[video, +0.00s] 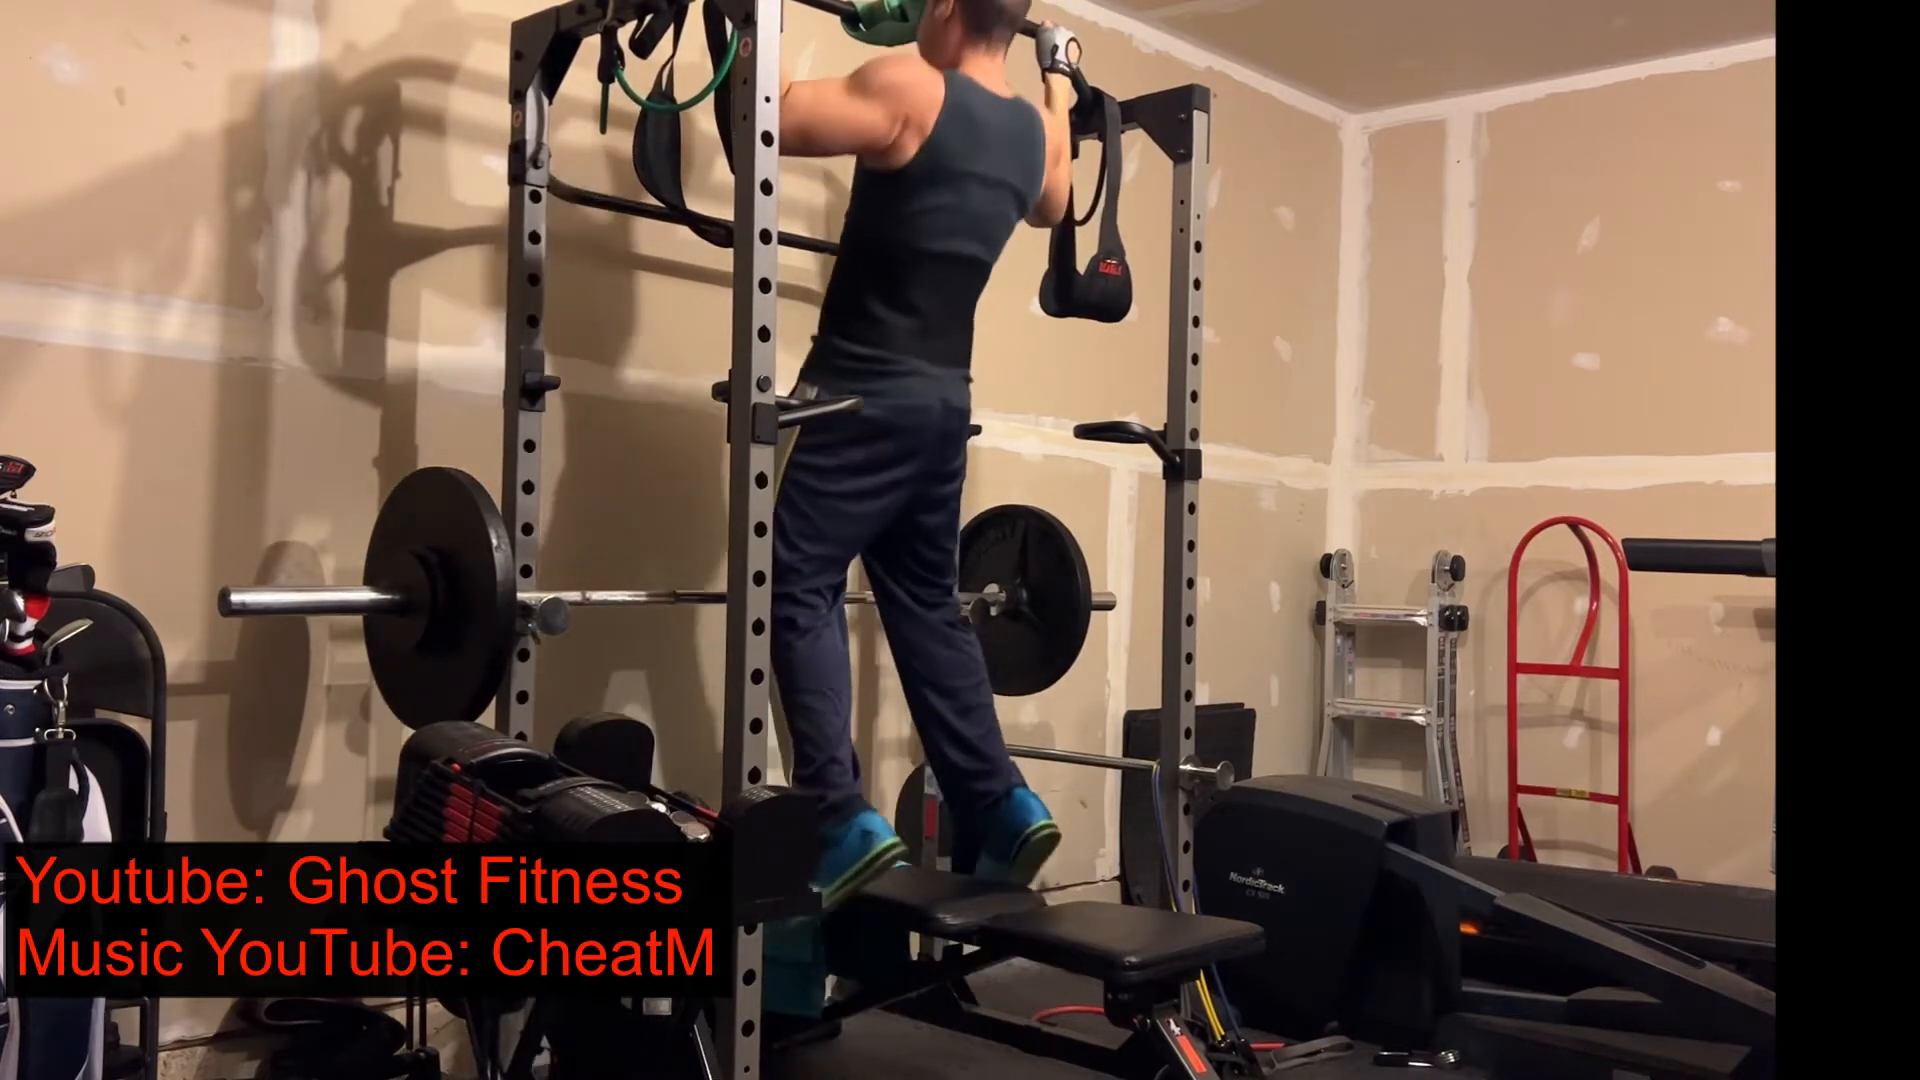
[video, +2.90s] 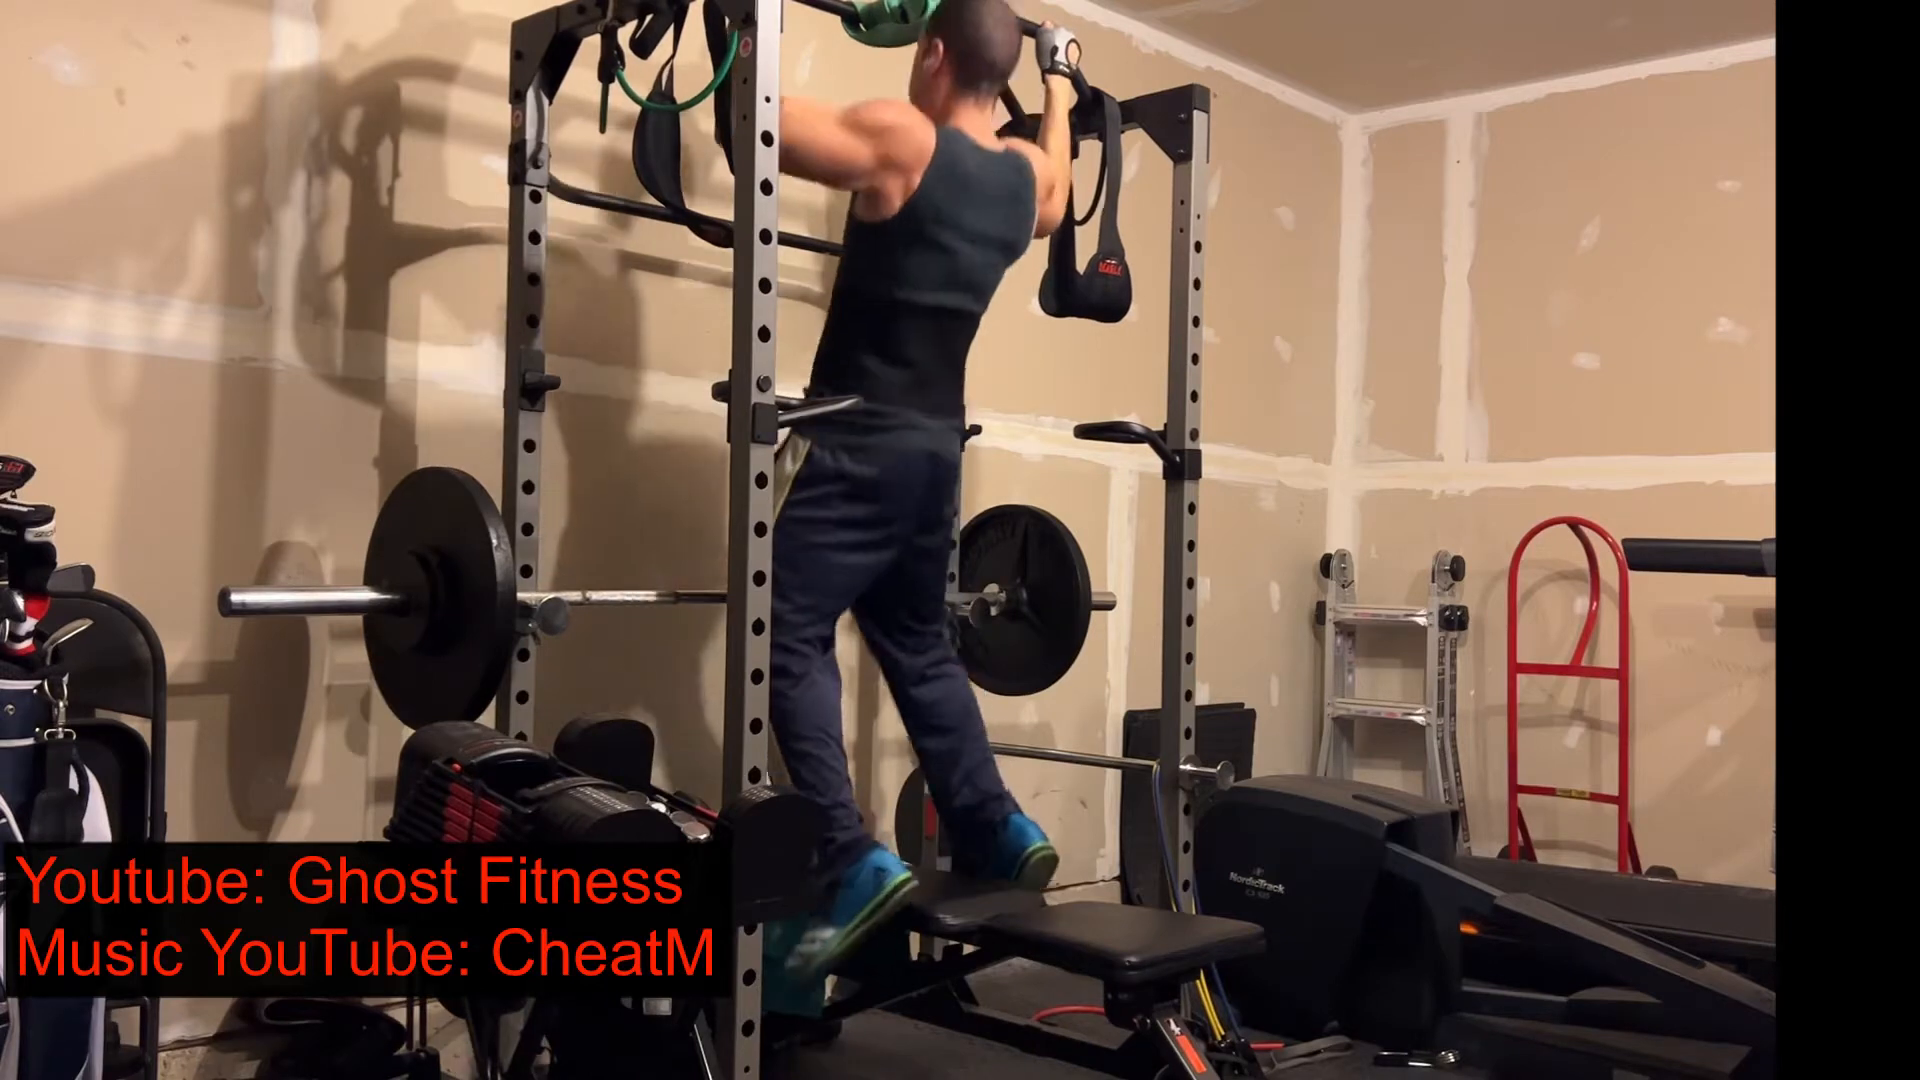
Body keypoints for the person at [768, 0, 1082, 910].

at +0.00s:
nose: (920, 17)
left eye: (927, 6)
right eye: (926, 7)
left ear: (947, 13)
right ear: (1013, 30)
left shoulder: (906, 86)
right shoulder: (1033, 130)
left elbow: (769, 117)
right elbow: (1056, 207)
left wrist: (748, 22)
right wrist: (1058, 95)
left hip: (861, 389)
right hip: (941, 400)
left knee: (799, 593)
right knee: (928, 608)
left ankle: (842, 820)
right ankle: (1002, 809)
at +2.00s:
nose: (908, 171)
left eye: (916, 159)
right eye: (920, 161)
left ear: (932, 169)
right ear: (1003, 190)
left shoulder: (900, 238)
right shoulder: (1016, 275)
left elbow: (791, 140)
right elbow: (1044, 188)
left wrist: (769, 25)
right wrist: (1058, 102)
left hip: (855, 544)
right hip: (931, 547)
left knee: (796, 753)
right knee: (924, 757)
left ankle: (849, 976)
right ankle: (1005, 960)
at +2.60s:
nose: (929, 19)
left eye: (934, 8)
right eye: (932, 10)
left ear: (957, 10)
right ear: (1026, 27)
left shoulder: (924, 77)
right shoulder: (1048, 117)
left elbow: (781, 109)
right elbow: (1072, 203)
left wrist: (754, 11)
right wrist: (1061, 88)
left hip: (875, 394)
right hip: (956, 405)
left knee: (790, 583)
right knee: (921, 601)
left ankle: (817, 813)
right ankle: (980, 798)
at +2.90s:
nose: (910, 55)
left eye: (919, 41)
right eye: (921, 42)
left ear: (936, 55)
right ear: (1003, 78)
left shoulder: (900, 135)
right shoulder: (1022, 176)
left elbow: (765, 124)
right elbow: (1055, 191)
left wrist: (744, 32)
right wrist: (1057, 94)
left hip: (860, 442)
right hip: (934, 448)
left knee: (793, 637)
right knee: (914, 639)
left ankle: (852, 858)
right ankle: (994, 828)